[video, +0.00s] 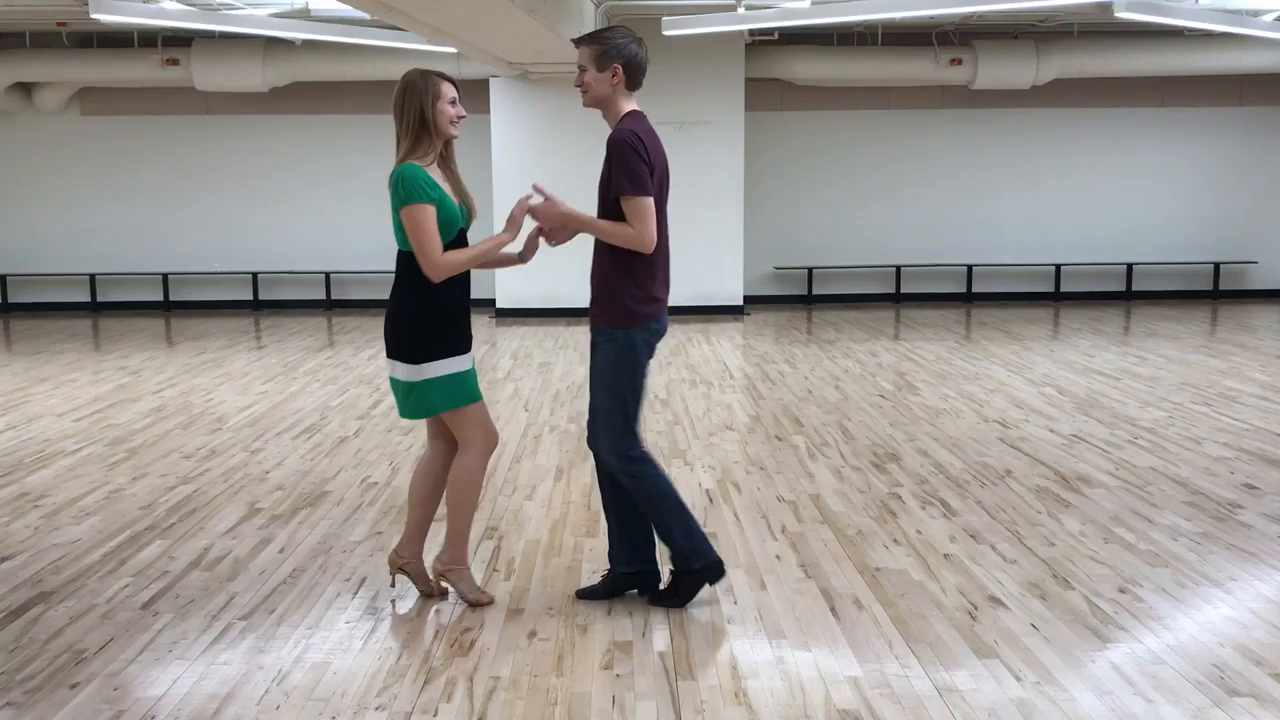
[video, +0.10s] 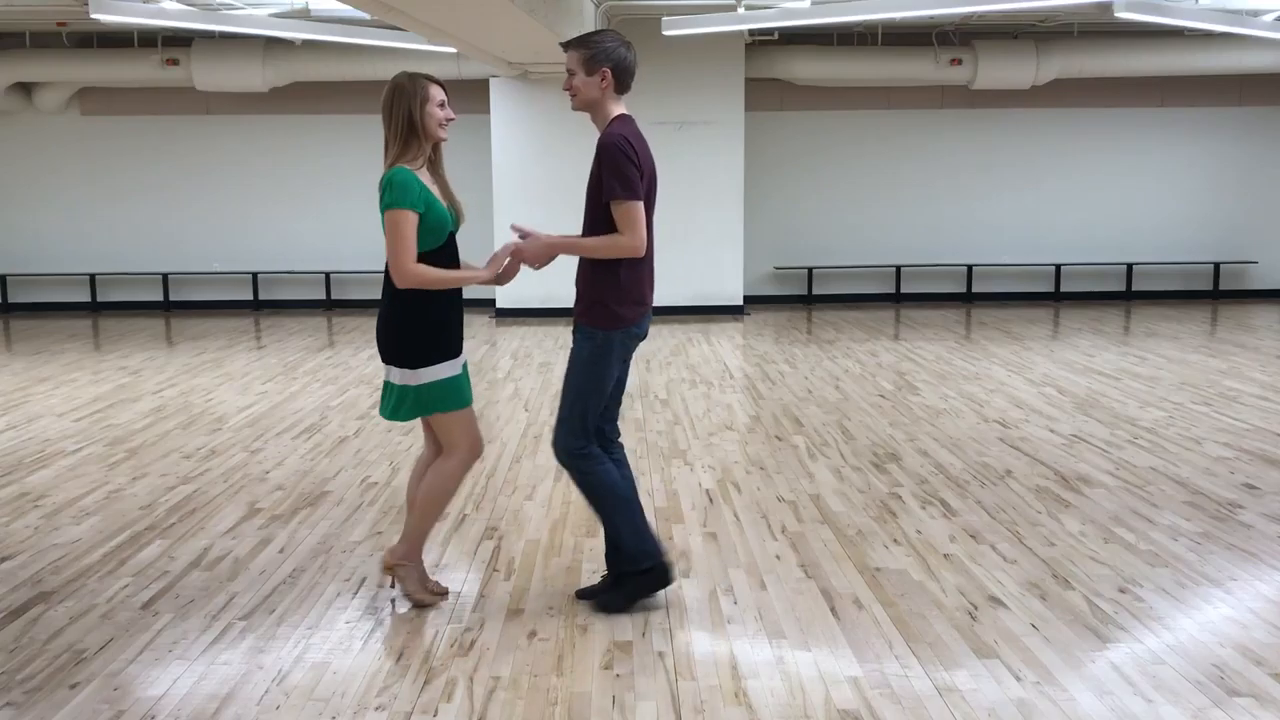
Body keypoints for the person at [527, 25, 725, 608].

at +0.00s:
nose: (577, 82)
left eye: (583, 72)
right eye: (577, 72)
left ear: (614, 75)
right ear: (614, 77)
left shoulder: (627, 139)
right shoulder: (633, 134)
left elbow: (644, 236)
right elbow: (634, 224)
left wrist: (572, 217)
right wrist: (578, 224)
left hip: (629, 318)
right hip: (619, 316)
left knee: (615, 442)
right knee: (607, 440)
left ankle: (696, 558)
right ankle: (632, 568)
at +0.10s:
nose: (565, 84)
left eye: (572, 74)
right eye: (565, 74)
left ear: (602, 77)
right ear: (606, 78)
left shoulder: (617, 142)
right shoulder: (623, 137)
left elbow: (633, 241)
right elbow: (621, 237)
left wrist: (553, 244)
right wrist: (550, 244)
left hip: (610, 318)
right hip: (616, 315)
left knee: (574, 442)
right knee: (600, 437)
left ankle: (643, 565)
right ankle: (628, 567)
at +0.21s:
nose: (557, 84)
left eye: (564, 75)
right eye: (558, 75)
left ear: (595, 79)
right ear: (597, 80)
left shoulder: (610, 143)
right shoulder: (614, 139)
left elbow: (622, 243)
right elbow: (607, 239)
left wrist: (539, 253)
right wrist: (538, 248)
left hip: (601, 321)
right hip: (609, 317)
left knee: (558, 442)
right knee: (592, 439)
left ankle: (589, 578)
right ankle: (635, 564)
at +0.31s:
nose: (548, 83)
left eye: (555, 74)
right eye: (549, 73)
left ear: (586, 77)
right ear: (589, 78)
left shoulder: (602, 141)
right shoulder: (605, 137)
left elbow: (610, 241)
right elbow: (596, 238)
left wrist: (528, 249)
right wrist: (528, 244)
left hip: (594, 319)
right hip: (603, 316)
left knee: (549, 443)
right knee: (586, 438)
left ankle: (558, 584)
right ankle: (632, 564)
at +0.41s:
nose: (542, 81)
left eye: (549, 72)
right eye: (542, 72)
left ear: (579, 75)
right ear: (583, 76)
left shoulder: (595, 139)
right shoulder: (603, 135)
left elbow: (601, 237)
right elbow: (593, 237)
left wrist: (523, 243)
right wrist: (520, 243)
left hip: (587, 319)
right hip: (603, 315)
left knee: (549, 444)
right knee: (588, 436)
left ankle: (559, 584)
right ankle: (632, 563)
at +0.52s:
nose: (540, 84)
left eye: (547, 74)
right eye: (541, 74)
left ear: (579, 77)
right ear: (580, 78)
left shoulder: (595, 139)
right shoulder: (601, 135)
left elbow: (602, 236)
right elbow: (593, 238)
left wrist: (525, 243)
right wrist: (520, 244)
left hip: (586, 317)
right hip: (603, 313)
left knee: (550, 444)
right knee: (591, 434)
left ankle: (562, 583)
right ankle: (648, 558)